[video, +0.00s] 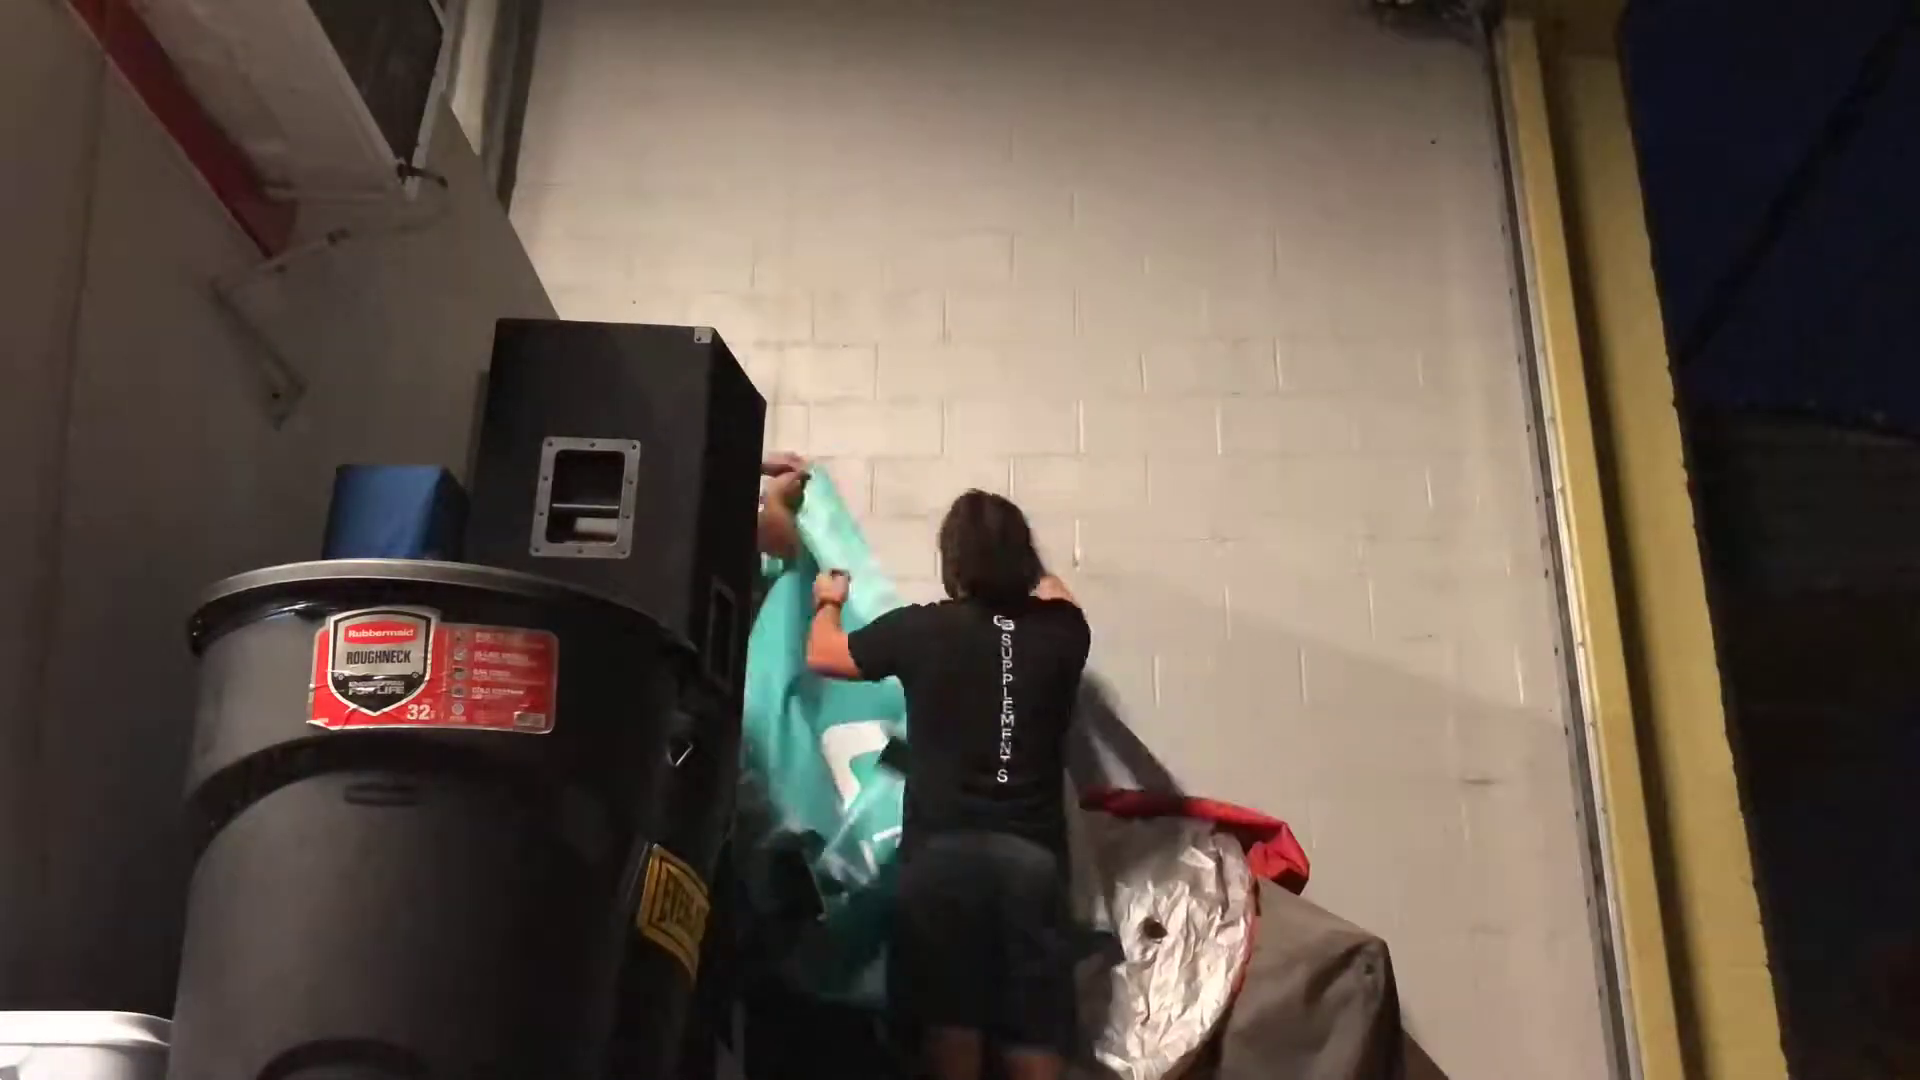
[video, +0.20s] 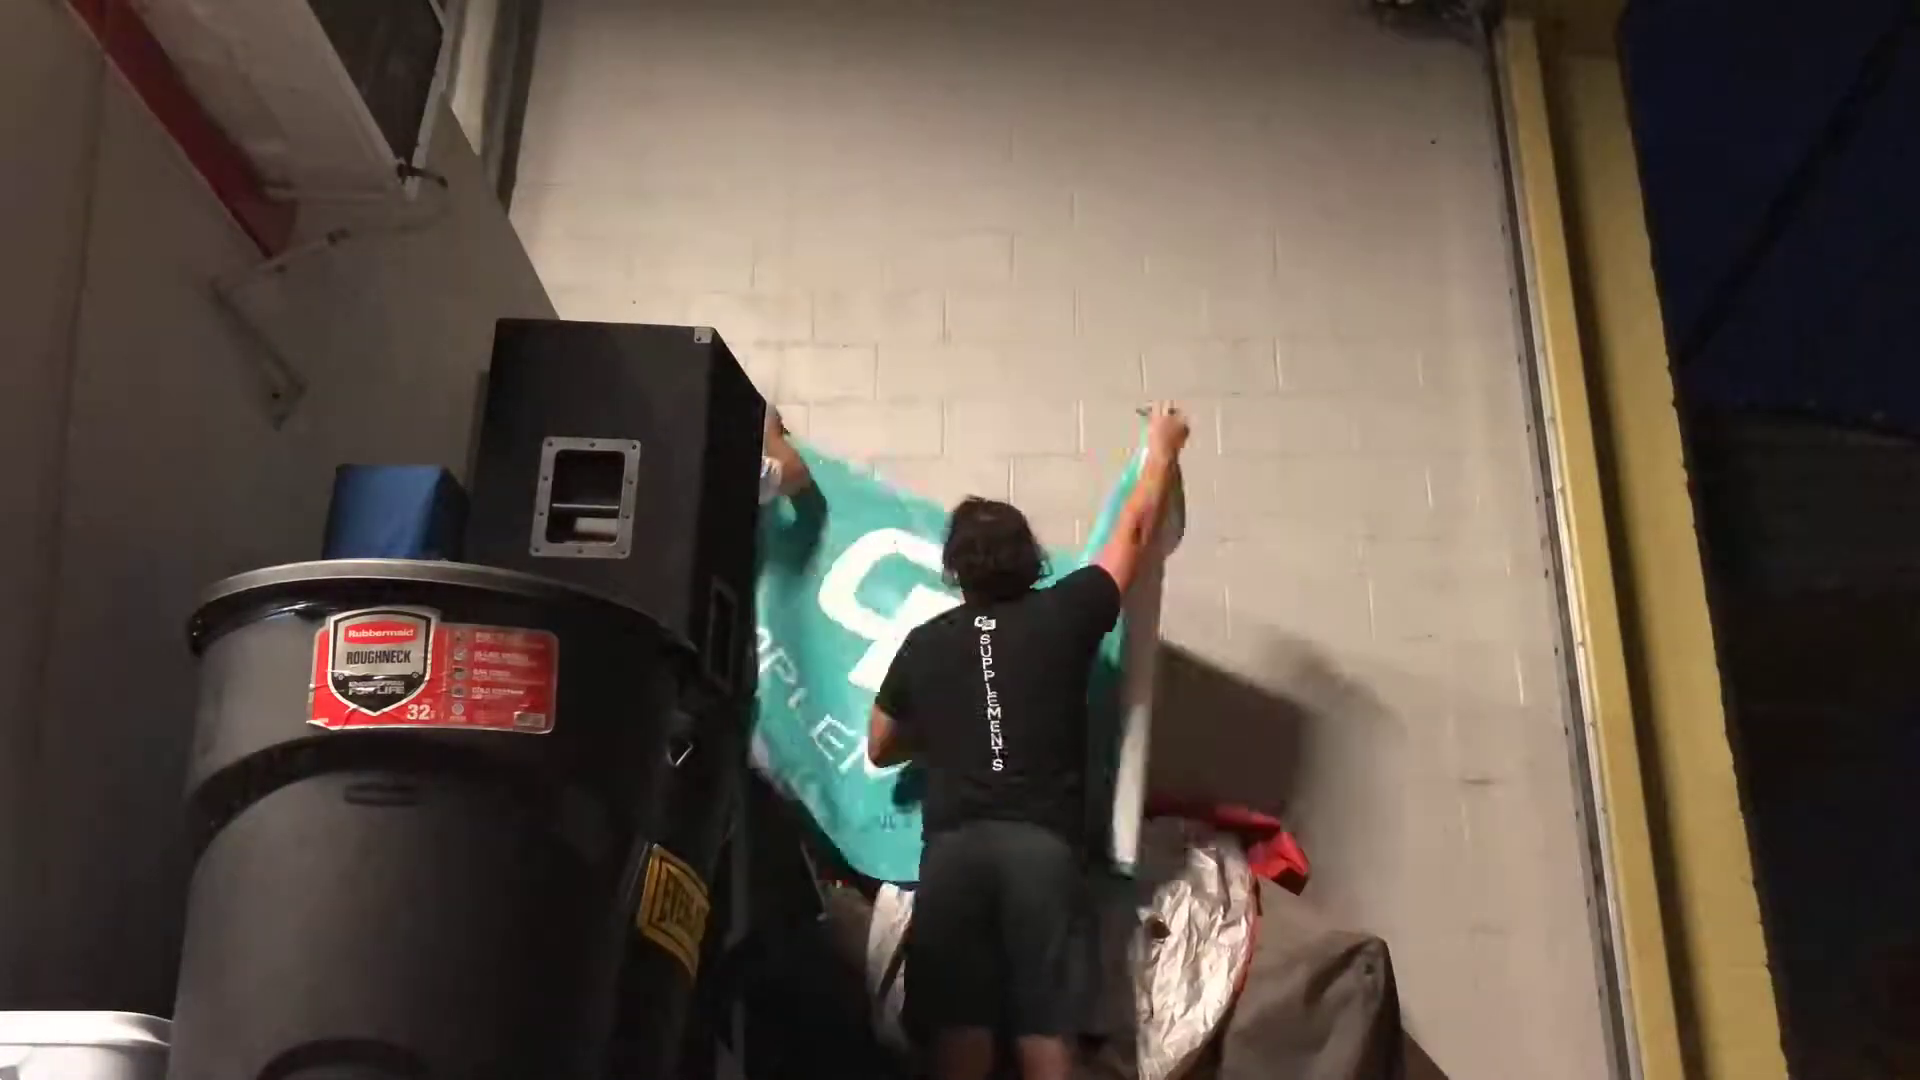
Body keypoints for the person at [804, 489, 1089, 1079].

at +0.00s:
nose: (949, 555)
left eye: (951, 547)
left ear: (951, 557)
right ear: (1025, 557)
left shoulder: (920, 630)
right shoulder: (1063, 634)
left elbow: (823, 654)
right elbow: (1056, 600)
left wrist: (828, 601)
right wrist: (1030, 569)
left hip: (941, 848)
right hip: (1030, 851)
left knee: (948, 1023)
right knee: (1034, 1027)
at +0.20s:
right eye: (1017, 544)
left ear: (953, 568)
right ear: (1028, 560)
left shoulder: (925, 644)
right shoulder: (1065, 615)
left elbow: (881, 751)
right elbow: (1135, 527)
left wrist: (942, 723)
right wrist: (1162, 449)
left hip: (951, 854)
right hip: (1044, 850)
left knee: (956, 1038)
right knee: (1045, 1038)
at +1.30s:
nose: (949, 611)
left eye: (953, 603)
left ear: (958, 610)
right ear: (1023, 612)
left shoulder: (950, 664)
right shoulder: (1037, 672)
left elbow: (922, 746)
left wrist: (885, 802)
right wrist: (932, 798)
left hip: (966, 857)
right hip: (1047, 861)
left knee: (961, 1045)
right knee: (1036, 1050)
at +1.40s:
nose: (943, 610)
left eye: (947, 602)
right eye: (948, 602)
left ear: (955, 610)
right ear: (1019, 612)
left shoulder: (950, 663)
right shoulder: (1034, 669)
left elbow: (925, 752)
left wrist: (886, 804)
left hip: (965, 856)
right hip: (1044, 859)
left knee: (962, 1037)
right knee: (1035, 1043)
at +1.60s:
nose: (954, 603)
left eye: (957, 594)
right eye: (959, 594)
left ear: (964, 603)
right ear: (1032, 601)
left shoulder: (962, 660)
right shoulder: (1056, 667)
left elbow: (931, 760)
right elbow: (1038, 757)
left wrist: (897, 799)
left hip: (969, 853)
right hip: (1048, 858)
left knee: (962, 1037)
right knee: (1037, 1043)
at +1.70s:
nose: (956, 594)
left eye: (959, 584)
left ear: (962, 594)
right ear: (1030, 593)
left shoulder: (960, 660)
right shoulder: (1063, 665)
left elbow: (923, 767)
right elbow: (1051, 757)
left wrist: (901, 806)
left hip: (967, 856)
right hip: (1049, 862)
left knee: (962, 1041)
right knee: (1037, 1049)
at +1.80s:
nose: (952, 602)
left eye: (955, 592)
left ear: (958, 601)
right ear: (1027, 599)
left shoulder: (956, 661)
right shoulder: (1058, 667)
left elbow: (919, 766)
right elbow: (1046, 760)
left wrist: (901, 806)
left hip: (966, 853)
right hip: (1047, 859)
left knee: (962, 1039)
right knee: (1037, 1046)